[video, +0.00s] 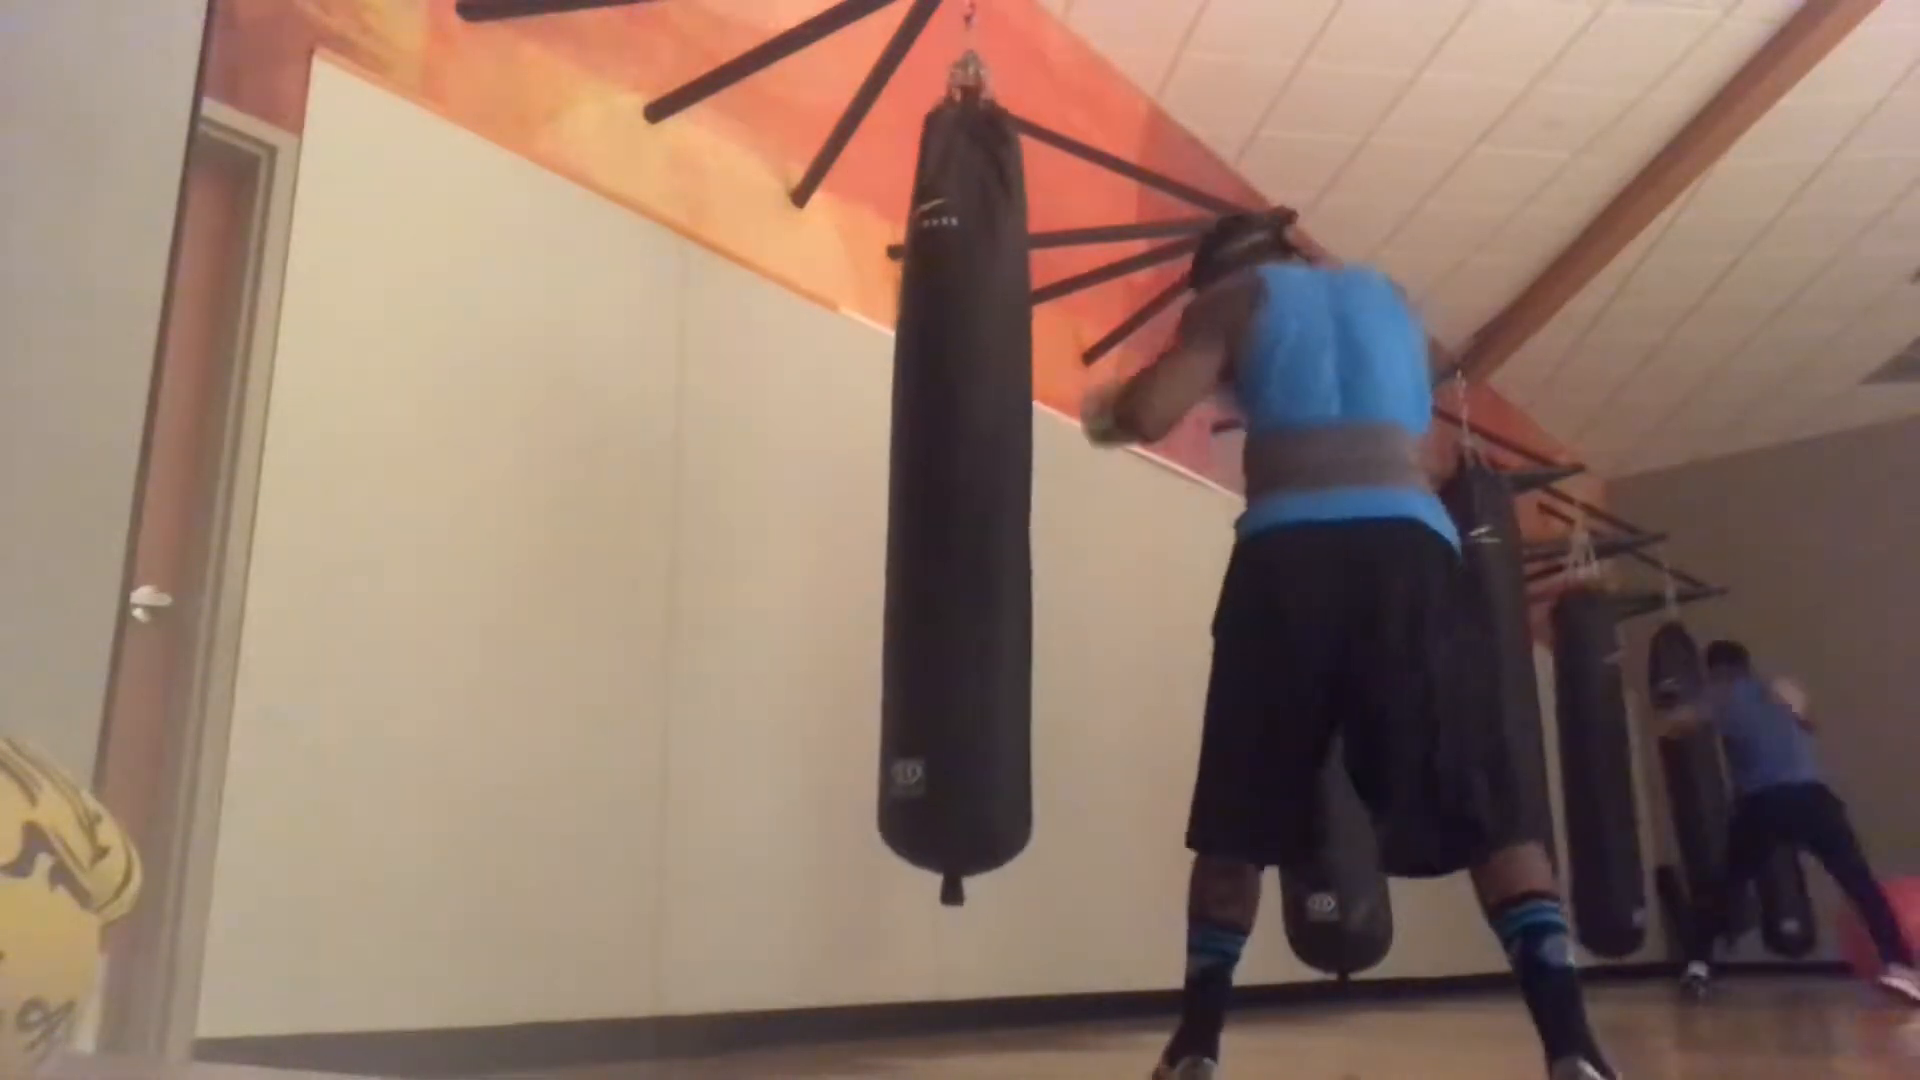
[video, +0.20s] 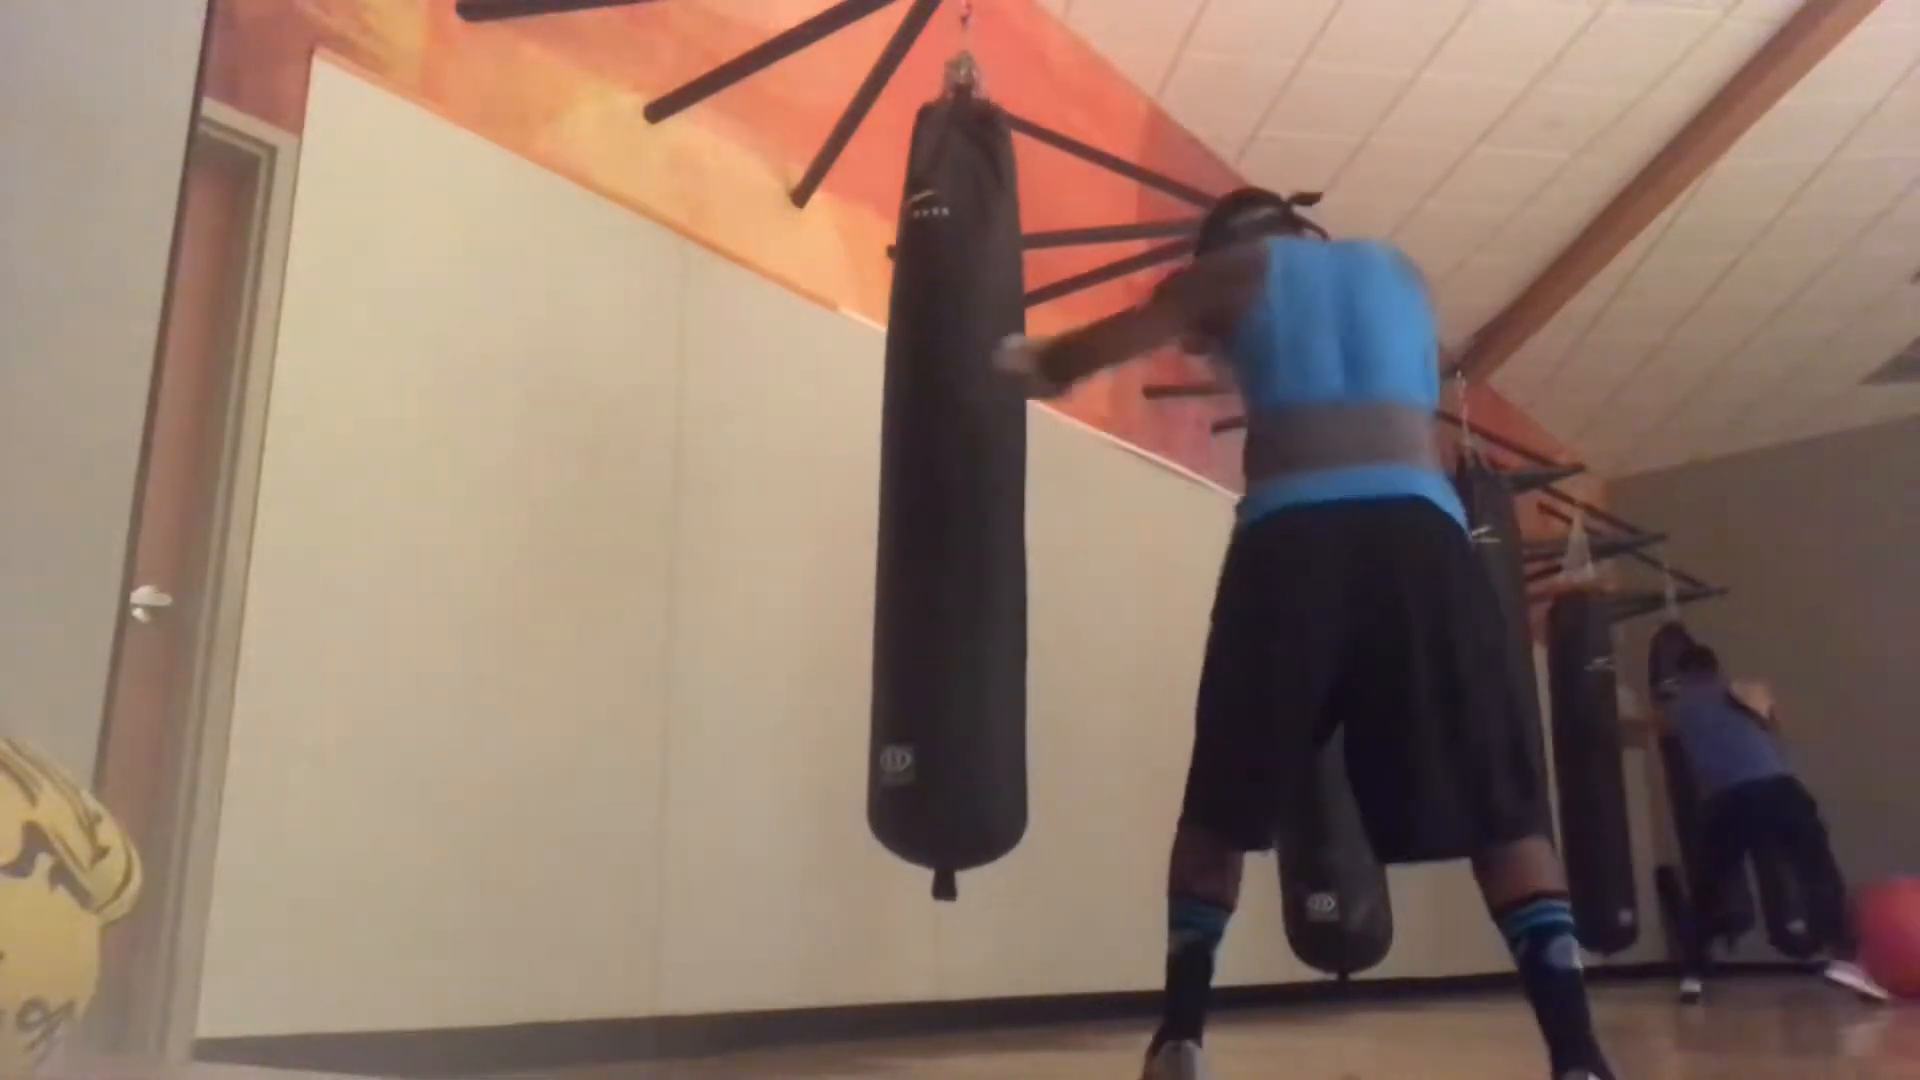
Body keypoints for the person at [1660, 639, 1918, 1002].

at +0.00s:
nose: (1713, 679)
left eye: (1712, 672)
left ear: (1712, 671)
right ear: (1746, 665)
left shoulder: (1717, 699)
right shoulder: (1776, 690)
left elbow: (1672, 724)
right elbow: (1808, 722)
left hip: (1760, 803)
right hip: (1810, 795)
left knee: (1729, 882)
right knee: (1858, 880)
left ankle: (1700, 962)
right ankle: (1897, 961)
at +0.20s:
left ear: (1680, 677)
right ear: (1716, 669)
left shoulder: (1676, 711)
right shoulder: (1745, 692)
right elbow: (1771, 724)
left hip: (1727, 800)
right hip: (1780, 788)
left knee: (1712, 879)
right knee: (1819, 866)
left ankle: (1695, 971)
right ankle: (1842, 952)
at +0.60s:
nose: (1734, 660)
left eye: (1727, 654)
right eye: (1738, 651)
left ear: (1717, 655)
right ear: (1754, 653)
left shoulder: (1699, 694)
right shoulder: (1781, 687)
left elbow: (1676, 750)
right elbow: (1803, 738)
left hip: (1733, 807)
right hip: (1786, 800)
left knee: (1717, 885)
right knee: (1822, 882)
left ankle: (1701, 975)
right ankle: (1817, 975)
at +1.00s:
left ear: (1691, 655)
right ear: (1726, 647)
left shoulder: (1685, 695)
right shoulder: (1754, 675)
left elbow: (1665, 754)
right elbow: (1801, 723)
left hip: (1731, 800)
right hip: (1785, 791)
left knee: (1724, 886)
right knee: (1816, 877)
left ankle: (1715, 979)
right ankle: (1817, 971)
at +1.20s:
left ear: (1671, 665)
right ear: (1708, 654)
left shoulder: (1675, 706)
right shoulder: (1742, 679)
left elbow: (1663, 764)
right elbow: (1793, 714)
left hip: (1729, 801)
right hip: (1782, 789)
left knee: (1721, 888)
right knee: (1825, 871)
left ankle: (1716, 981)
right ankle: (1828, 961)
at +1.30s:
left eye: (1671, 666)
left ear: (1677, 665)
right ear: (1713, 654)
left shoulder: (1680, 703)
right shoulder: (1751, 677)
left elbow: (1672, 764)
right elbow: (1778, 717)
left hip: (1731, 804)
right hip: (1788, 792)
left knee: (1724, 890)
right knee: (1834, 877)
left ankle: (1715, 981)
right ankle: (1843, 961)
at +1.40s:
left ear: (1685, 657)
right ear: (1720, 649)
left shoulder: (1684, 696)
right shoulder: (1754, 674)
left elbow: (1673, 756)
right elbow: (1779, 712)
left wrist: (1686, 803)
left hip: (1736, 794)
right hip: (1790, 785)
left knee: (1728, 883)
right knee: (1829, 875)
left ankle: (1712, 975)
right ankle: (1850, 966)